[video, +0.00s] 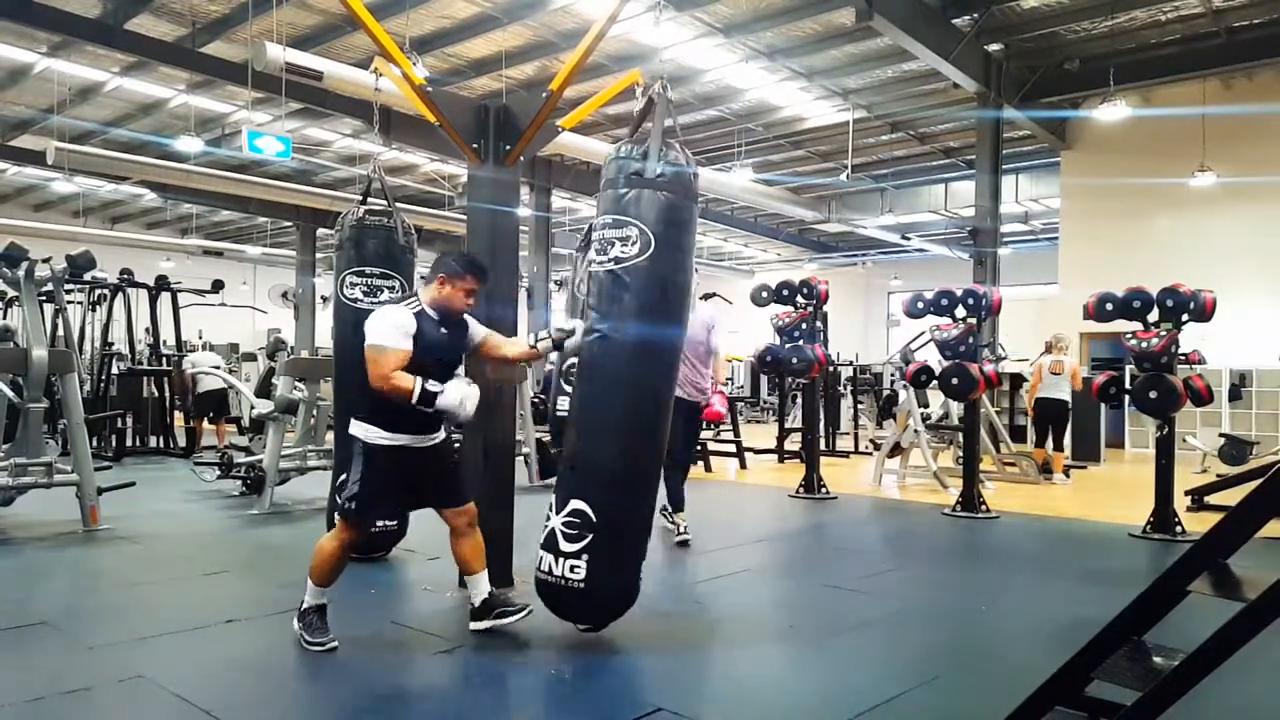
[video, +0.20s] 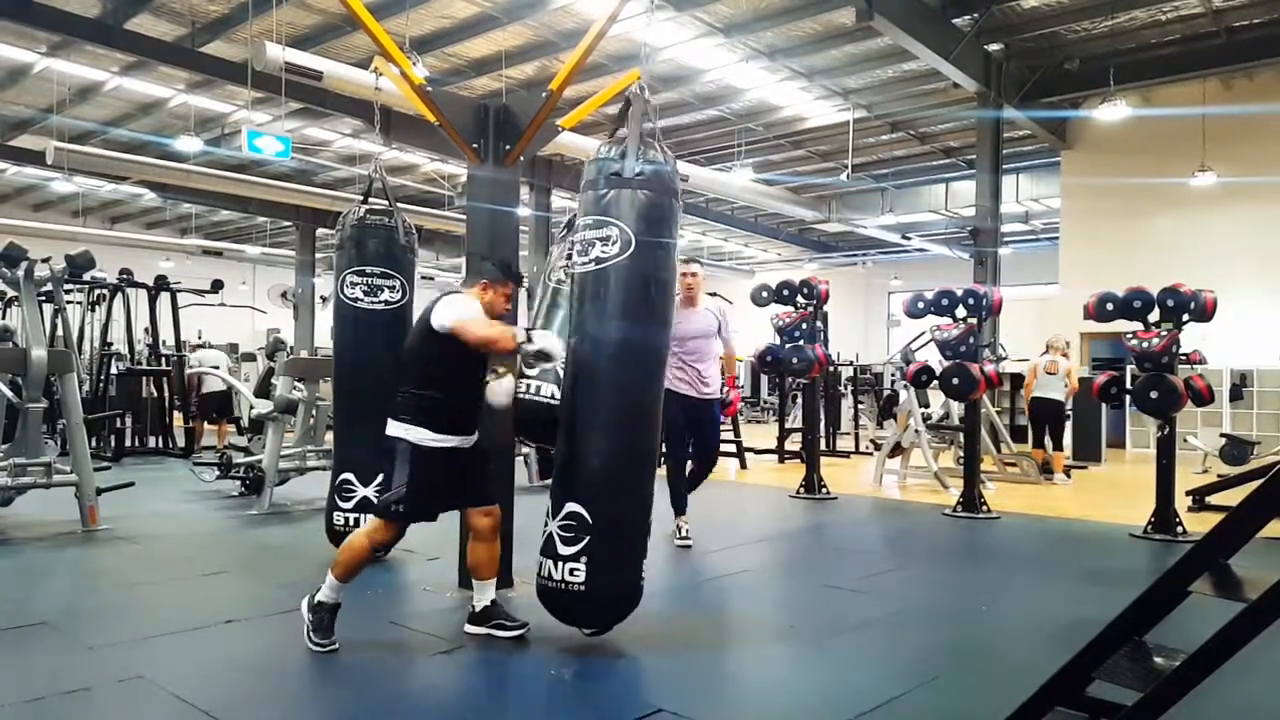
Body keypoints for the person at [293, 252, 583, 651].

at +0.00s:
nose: (472, 303)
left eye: (474, 295)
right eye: (468, 294)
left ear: (458, 290)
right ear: (441, 284)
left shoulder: (461, 325)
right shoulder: (392, 318)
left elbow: (507, 348)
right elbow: (383, 377)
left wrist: (552, 339)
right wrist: (439, 395)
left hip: (432, 445)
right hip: (379, 445)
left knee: (464, 518)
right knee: (349, 532)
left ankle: (482, 603)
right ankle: (311, 609)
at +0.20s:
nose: (508, 308)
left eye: (510, 300)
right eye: (505, 298)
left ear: (491, 292)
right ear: (486, 288)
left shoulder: (481, 322)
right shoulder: (456, 305)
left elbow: (458, 369)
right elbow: (480, 335)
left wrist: (490, 384)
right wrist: (526, 339)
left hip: (462, 442)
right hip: (418, 441)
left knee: (486, 522)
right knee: (383, 532)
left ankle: (484, 609)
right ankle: (323, 601)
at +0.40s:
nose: (530, 310)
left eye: (534, 302)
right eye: (531, 300)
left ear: (511, 288)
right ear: (511, 286)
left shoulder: (492, 317)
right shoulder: (476, 304)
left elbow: (497, 382)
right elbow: (491, 354)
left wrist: (546, 375)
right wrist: (526, 350)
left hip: (478, 438)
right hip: (439, 432)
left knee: (486, 524)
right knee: (418, 530)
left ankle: (483, 610)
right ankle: (338, 618)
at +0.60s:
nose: (526, 320)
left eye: (530, 314)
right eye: (528, 311)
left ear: (508, 297)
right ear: (510, 296)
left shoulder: (487, 329)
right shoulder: (466, 323)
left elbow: (494, 386)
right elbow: (494, 389)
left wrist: (523, 374)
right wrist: (528, 347)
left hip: (478, 452)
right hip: (443, 449)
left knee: (498, 528)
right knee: (449, 546)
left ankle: (485, 610)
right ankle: (384, 666)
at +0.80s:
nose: (517, 292)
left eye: (520, 284)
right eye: (518, 282)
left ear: (490, 265)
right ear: (501, 269)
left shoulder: (454, 290)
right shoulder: (475, 293)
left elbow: (480, 362)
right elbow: (502, 361)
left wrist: (524, 367)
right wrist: (532, 370)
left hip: (466, 434)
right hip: (440, 434)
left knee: (495, 517)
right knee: (439, 545)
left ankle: (463, 608)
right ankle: (382, 667)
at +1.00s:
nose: (510, 279)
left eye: (512, 269)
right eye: (509, 268)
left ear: (473, 259)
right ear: (488, 262)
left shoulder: (434, 299)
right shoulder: (473, 305)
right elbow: (493, 377)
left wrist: (512, 386)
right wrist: (532, 393)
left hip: (425, 449)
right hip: (443, 454)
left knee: (486, 539)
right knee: (436, 567)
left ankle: (423, 636)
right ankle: (376, 690)